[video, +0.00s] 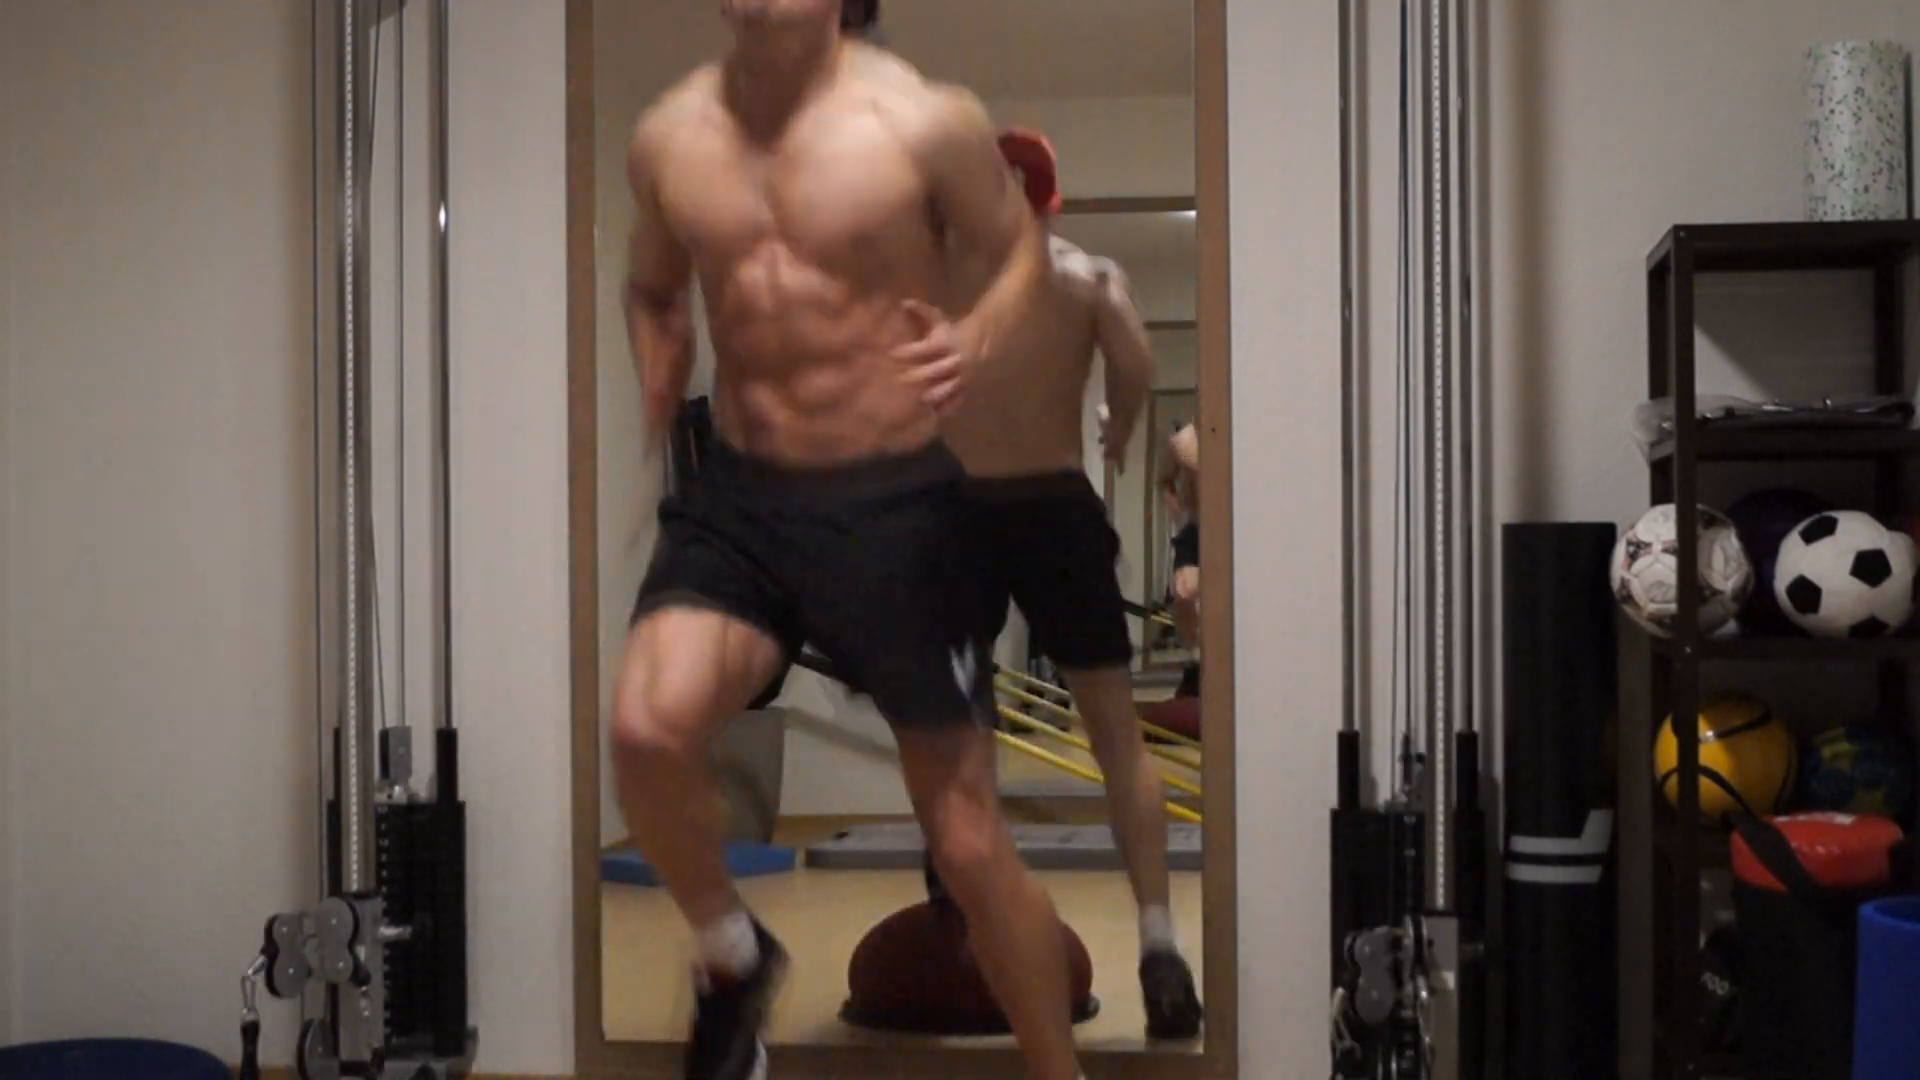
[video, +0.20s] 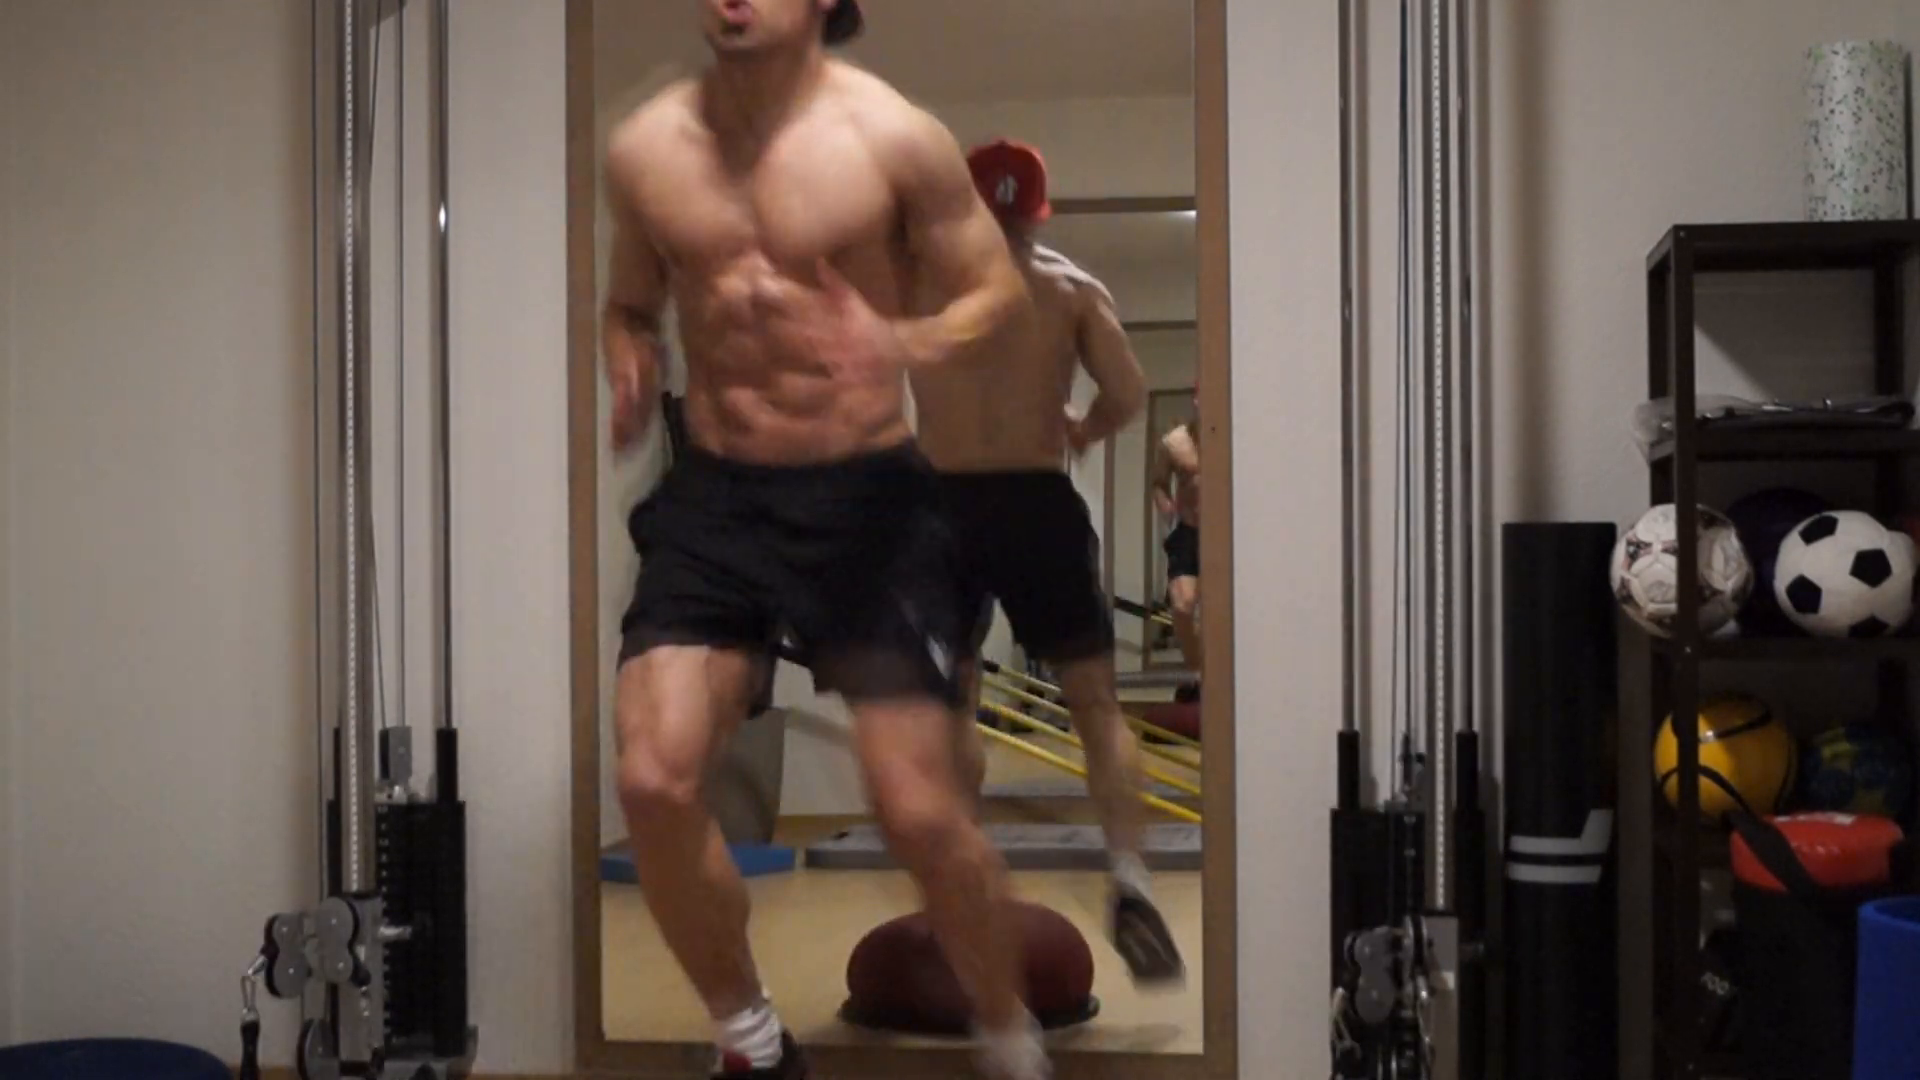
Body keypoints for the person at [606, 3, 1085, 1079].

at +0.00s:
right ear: (723, 2)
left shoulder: (928, 120)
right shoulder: (671, 135)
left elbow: (1015, 253)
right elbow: (656, 291)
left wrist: (970, 342)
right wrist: (664, 413)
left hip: (899, 510)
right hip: (742, 505)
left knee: (966, 848)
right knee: (647, 731)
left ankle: (1056, 1069)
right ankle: (731, 958)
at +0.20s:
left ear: (824, 5)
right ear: (706, 7)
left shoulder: (893, 134)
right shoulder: (646, 148)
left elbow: (995, 288)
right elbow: (630, 306)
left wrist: (916, 339)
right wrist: (631, 367)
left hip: (870, 504)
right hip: (715, 504)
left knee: (919, 813)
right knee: (651, 783)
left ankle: (1013, 1049)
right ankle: (750, 1043)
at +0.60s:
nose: (633, 32)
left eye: (667, 11)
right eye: (614, 11)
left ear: (721, 42)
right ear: (589, 37)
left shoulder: (791, 209)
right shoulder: (530, 211)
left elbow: (862, 332)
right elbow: (479, 390)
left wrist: (864, 467)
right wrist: (505, 448)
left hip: (730, 533)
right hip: (575, 545)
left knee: (714, 731)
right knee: (502, 881)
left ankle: (760, 944)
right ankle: (481, 1076)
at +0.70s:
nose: (645, 1)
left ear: (729, 10)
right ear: (607, 9)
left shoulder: (814, 146)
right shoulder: (553, 148)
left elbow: (880, 286)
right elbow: (491, 301)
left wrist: (835, 364)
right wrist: (513, 364)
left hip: (758, 505)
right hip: (601, 505)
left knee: (742, 804)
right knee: (506, 813)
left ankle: (746, 1051)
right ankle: (496, 1059)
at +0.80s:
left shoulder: (827, 104)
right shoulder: (572, 118)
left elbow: (906, 273)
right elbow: (503, 254)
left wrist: (824, 286)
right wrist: (507, 390)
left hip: (785, 474)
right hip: (627, 469)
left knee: (777, 757)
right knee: (554, 735)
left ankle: (773, 1026)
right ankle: (611, 958)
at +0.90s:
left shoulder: (853, 96)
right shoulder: (585, 107)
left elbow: (937, 216)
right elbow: (546, 271)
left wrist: (917, 338)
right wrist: (596, 359)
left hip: (817, 440)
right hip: (660, 458)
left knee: (865, 706)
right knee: (661, 774)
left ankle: (889, 959)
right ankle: (719, 1044)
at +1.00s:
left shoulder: (871, 105)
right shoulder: (607, 115)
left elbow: (944, 200)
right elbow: (572, 289)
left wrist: (937, 305)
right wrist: (617, 326)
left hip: (838, 477)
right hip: (682, 484)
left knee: (903, 789)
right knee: (669, 772)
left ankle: (984, 1052)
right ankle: (695, 1027)